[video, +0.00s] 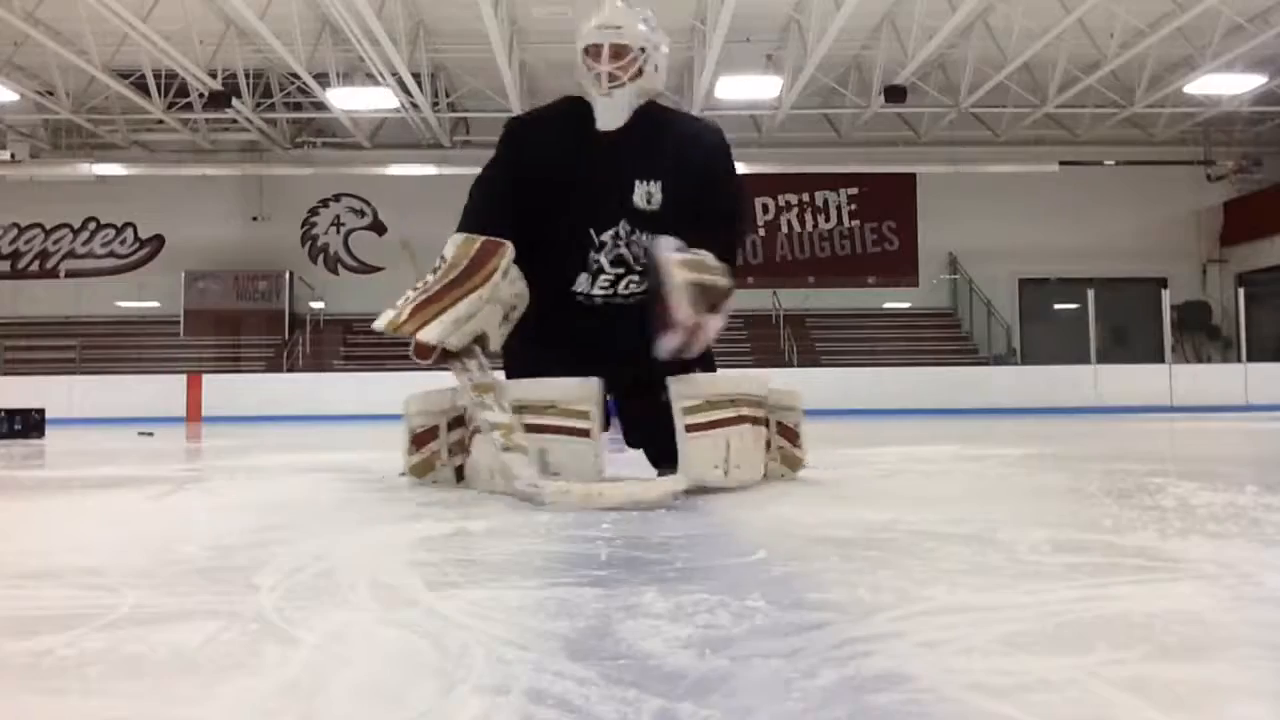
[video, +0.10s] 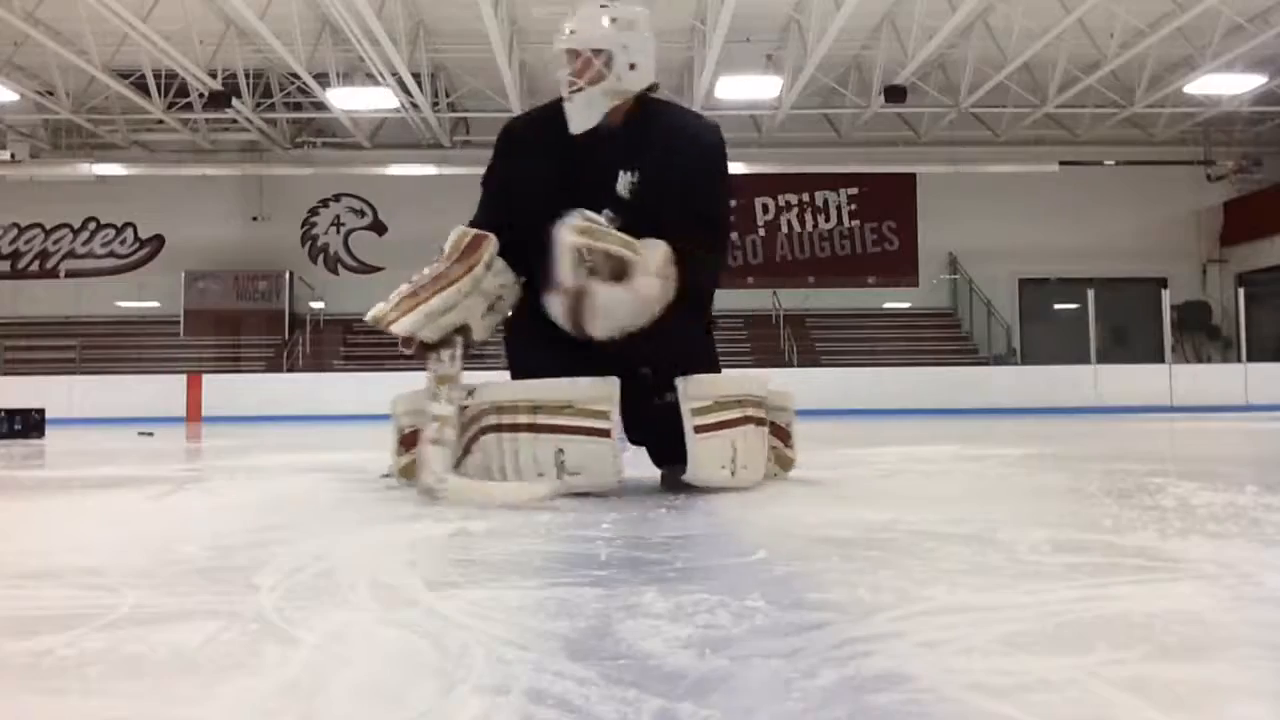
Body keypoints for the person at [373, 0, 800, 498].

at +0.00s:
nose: (606, 68)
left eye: (621, 55)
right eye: (594, 55)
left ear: (650, 61)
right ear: (579, 61)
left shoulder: (696, 143)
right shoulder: (530, 137)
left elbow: (718, 250)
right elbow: (480, 241)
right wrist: (453, 323)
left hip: (660, 366)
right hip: (548, 367)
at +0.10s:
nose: (575, 71)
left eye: (591, 59)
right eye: (570, 58)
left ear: (630, 64)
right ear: (562, 61)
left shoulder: (689, 140)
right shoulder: (525, 139)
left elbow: (703, 260)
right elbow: (493, 245)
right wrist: (449, 312)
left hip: (662, 360)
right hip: (550, 366)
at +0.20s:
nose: (549, 70)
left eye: (565, 55)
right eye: (543, 57)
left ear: (603, 57)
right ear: (532, 62)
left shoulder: (665, 128)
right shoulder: (513, 145)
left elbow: (665, 259)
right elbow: (507, 259)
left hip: (658, 354)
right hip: (556, 361)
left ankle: (684, 457)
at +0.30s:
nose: (516, 64)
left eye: (527, 48)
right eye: (513, 51)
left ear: (567, 49)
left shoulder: (627, 114)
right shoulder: (504, 142)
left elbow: (634, 236)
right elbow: (482, 237)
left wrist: (524, 253)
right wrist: (471, 294)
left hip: (653, 339)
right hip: (555, 352)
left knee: (699, 474)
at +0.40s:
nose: (487, 61)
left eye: (498, 46)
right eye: (487, 48)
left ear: (535, 50)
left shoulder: (606, 106)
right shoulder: (486, 141)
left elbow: (625, 220)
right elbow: (471, 233)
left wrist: (525, 249)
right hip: (552, 303)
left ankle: (670, 448)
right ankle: (587, 459)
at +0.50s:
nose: (479, 59)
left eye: (491, 44)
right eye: (480, 45)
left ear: (530, 45)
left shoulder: (606, 111)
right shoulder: (471, 144)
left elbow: (646, 224)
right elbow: (473, 242)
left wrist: (534, 244)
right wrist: (448, 299)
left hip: (633, 330)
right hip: (540, 344)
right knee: (561, 472)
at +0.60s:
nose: (481, 59)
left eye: (493, 44)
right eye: (479, 47)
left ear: (531, 45)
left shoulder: (610, 110)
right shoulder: (469, 141)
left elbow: (669, 205)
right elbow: (466, 234)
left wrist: (600, 242)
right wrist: (440, 294)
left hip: (618, 316)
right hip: (523, 323)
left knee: (583, 464)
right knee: (541, 460)